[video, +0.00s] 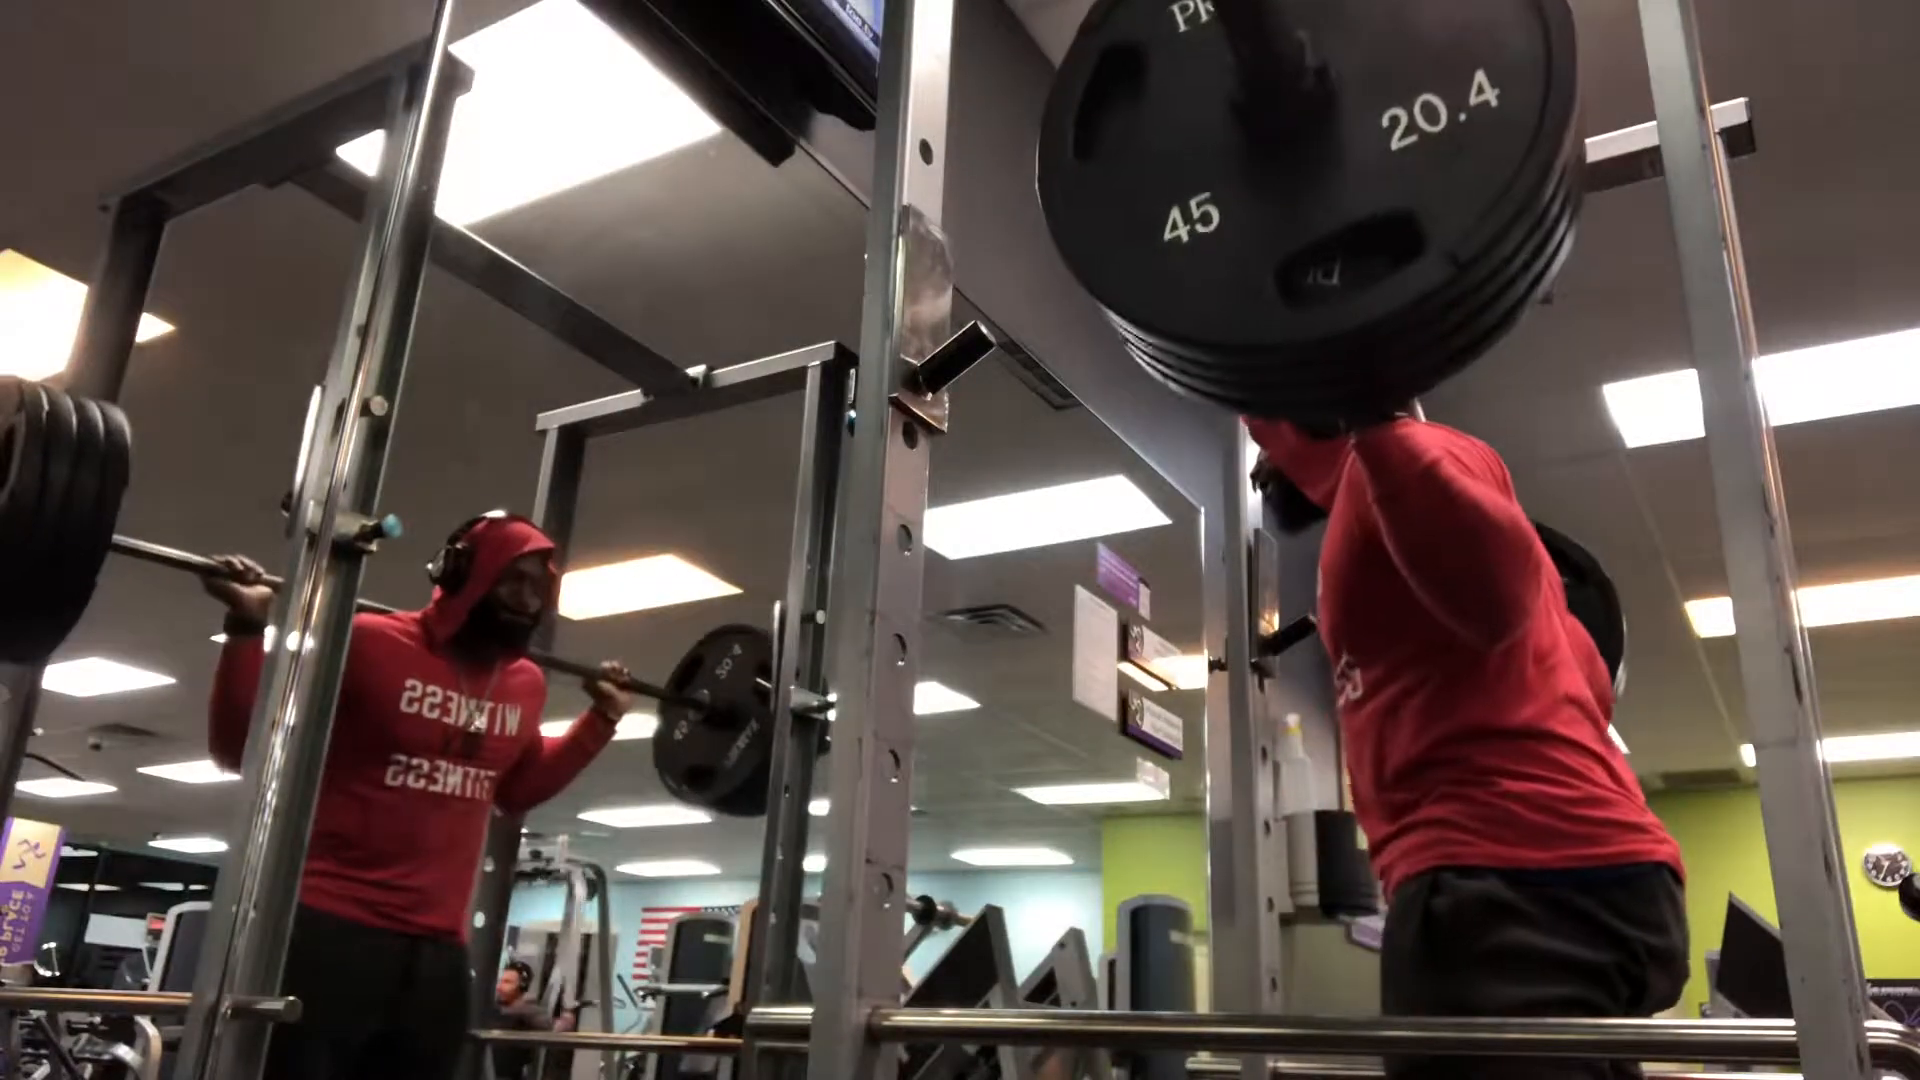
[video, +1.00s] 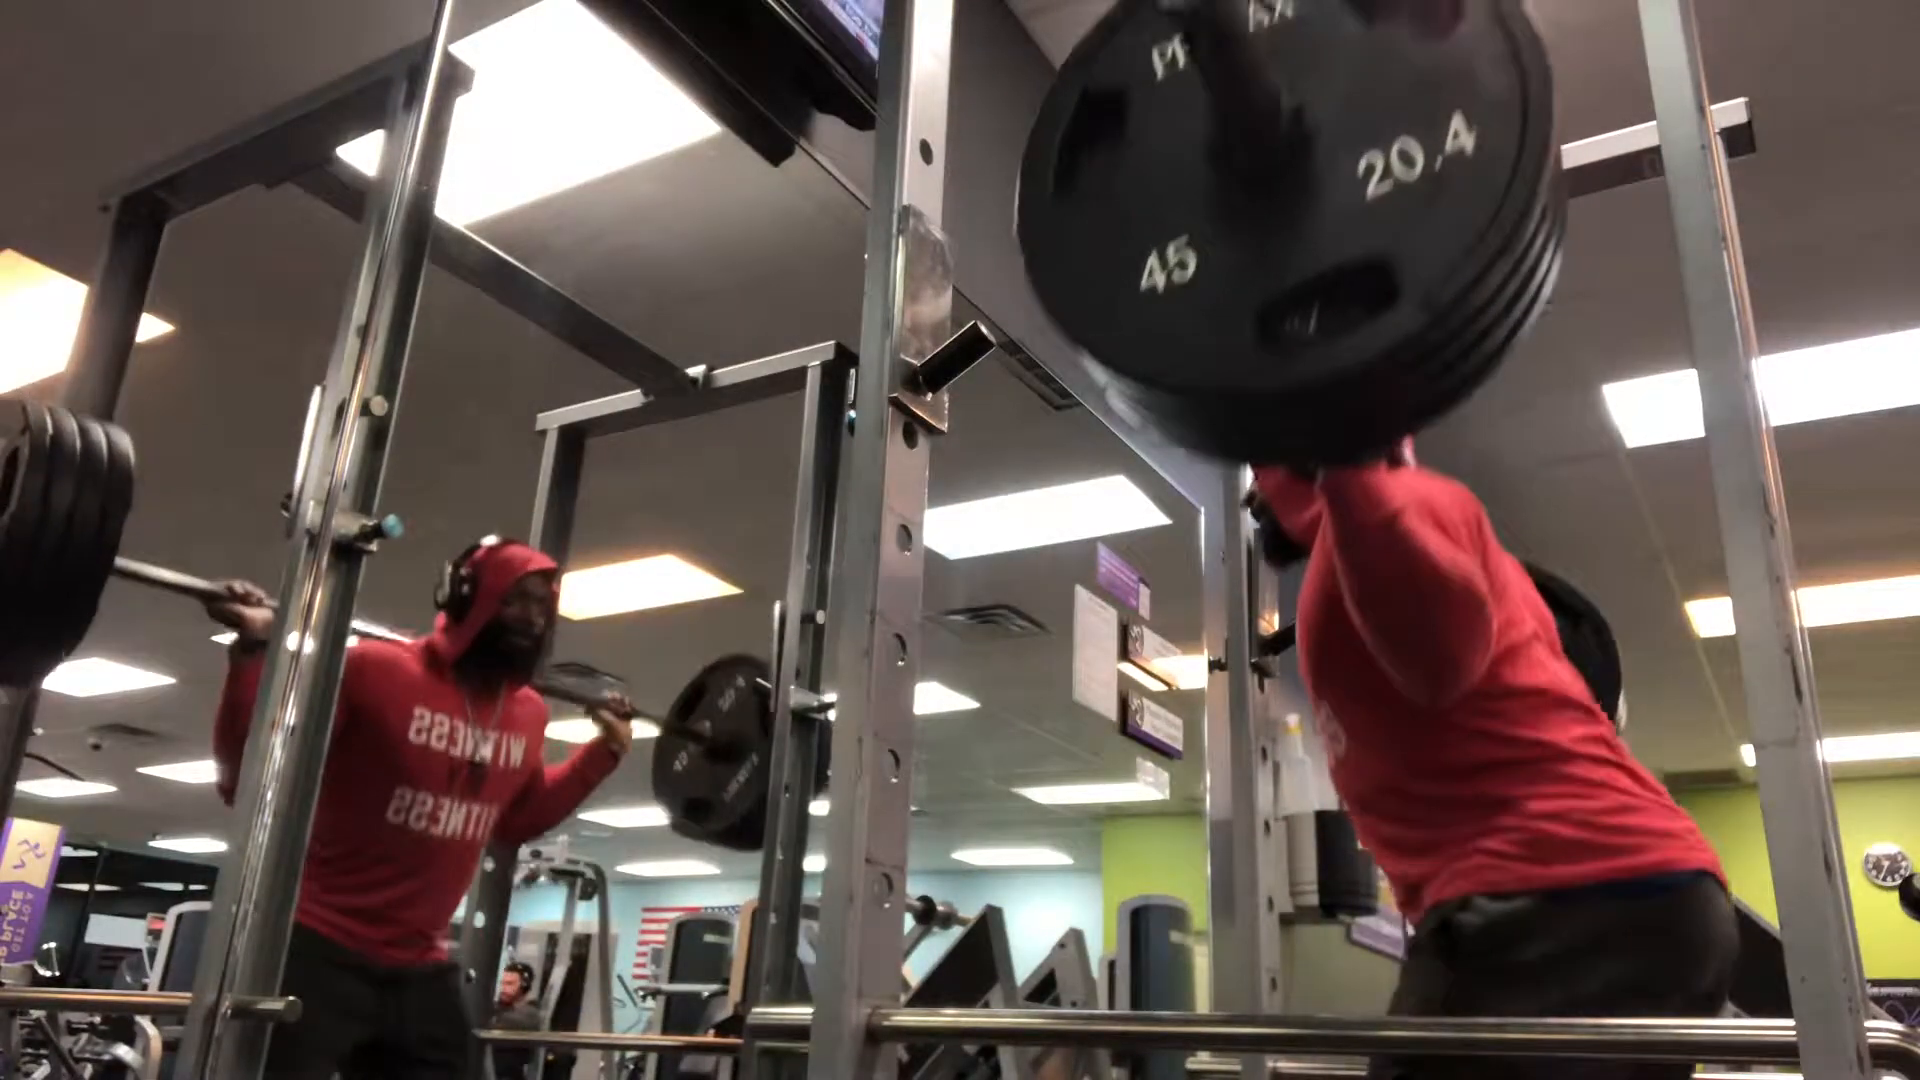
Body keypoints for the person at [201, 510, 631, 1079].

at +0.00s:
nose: (529, 601)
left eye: (540, 588)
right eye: (515, 581)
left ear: (549, 597)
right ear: (470, 575)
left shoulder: (523, 683)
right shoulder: (367, 639)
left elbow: (517, 790)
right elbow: (234, 750)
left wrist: (602, 717)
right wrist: (246, 627)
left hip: (438, 950)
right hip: (329, 929)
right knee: (306, 1069)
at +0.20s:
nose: (527, 605)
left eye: (539, 592)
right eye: (514, 586)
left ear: (549, 601)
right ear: (470, 580)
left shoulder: (521, 687)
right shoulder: (364, 643)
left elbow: (513, 794)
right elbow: (234, 756)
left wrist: (600, 722)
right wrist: (244, 631)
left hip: (437, 952)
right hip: (329, 931)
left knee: (425, 1073)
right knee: (305, 1071)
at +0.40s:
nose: (525, 605)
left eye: (537, 592)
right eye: (512, 586)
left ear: (548, 602)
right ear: (469, 581)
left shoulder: (521, 686)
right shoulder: (365, 641)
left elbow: (512, 791)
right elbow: (231, 749)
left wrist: (599, 720)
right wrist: (243, 625)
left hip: (447, 950)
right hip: (336, 929)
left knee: (439, 1072)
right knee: (311, 1071)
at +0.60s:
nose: (528, 599)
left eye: (539, 586)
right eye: (514, 580)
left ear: (548, 596)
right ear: (469, 579)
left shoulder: (522, 685)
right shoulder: (367, 639)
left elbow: (512, 792)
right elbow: (238, 749)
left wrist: (599, 721)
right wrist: (246, 623)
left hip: (449, 949)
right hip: (337, 928)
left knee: (444, 1072)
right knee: (313, 1071)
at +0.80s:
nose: (531, 593)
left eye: (542, 581)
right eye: (516, 574)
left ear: (550, 593)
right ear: (472, 574)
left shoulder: (525, 687)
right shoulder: (370, 639)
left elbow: (516, 794)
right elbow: (239, 748)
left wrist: (602, 722)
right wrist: (252, 621)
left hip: (432, 951)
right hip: (326, 929)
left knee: (444, 1069)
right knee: (307, 1069)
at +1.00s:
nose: (535, 617)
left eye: (545, 604)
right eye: (520, 599)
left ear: (556, 616)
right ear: (474, 600)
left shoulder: (525, 712)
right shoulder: (371, 669)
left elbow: (514, 822)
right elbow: (240, 782)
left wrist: (602, 753)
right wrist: (252, 651)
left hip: (422, 970)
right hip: (317, 951)